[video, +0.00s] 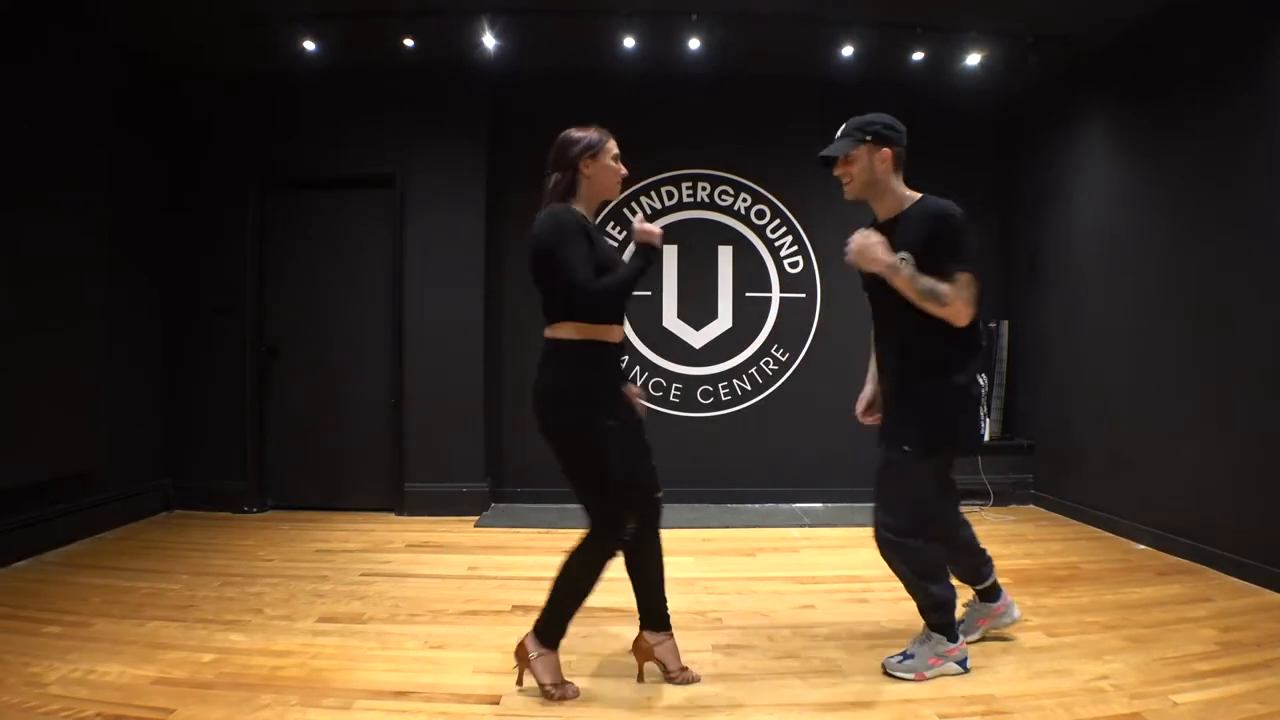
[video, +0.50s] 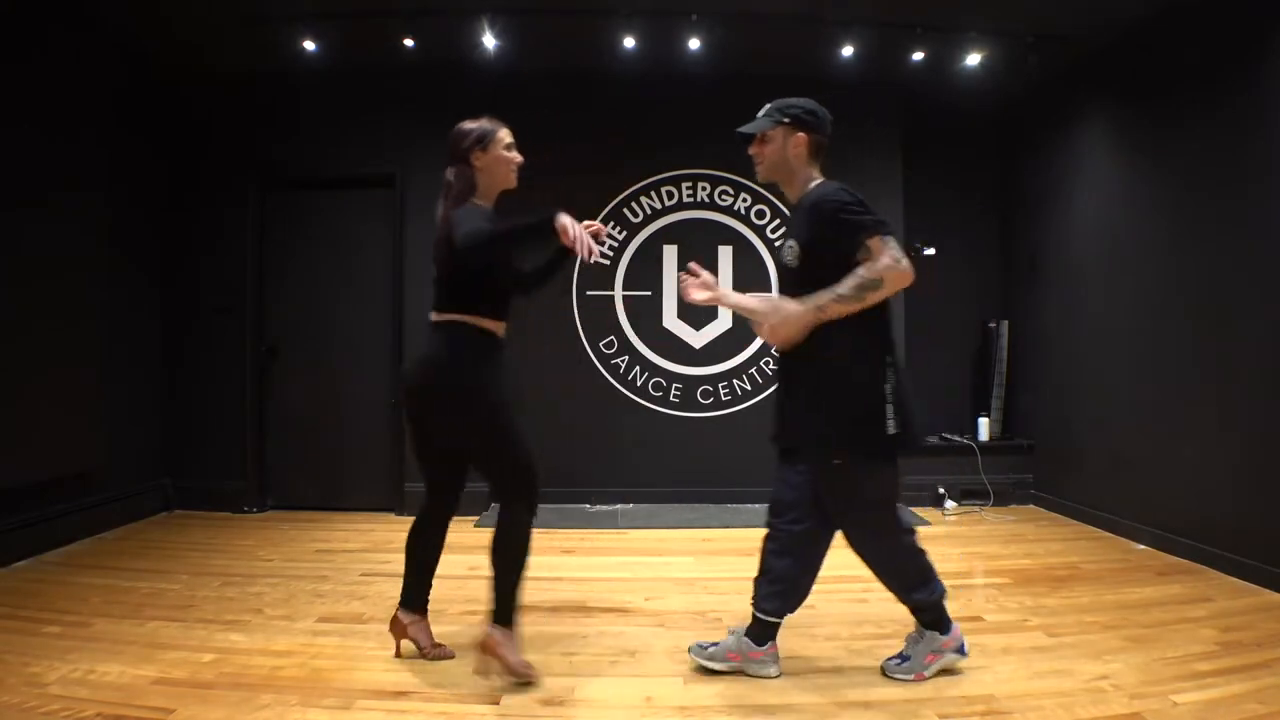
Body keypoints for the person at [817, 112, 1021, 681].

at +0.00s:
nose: (839, 172)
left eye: (848, 160)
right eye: (838, 162)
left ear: (884, 158)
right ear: (870, 164)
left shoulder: (941, 219)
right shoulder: (873, 234)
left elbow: (961, 310)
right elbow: (888, 320)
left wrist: (889, 265)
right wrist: (875, 381)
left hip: (941, 397)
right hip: (908, 397)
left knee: (897, 523)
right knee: (931, 505)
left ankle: (943, 640)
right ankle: (992, 599)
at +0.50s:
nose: (753, 151)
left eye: (762, 139)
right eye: (753, 141)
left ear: (797, 139)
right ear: (790, 143)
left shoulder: (831, 202)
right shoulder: (802, 219)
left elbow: (895, 267)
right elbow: (794, 313)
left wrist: (809, 310)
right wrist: (722, 295)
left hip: (851, 403)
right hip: (812, 403)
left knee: (872, 520)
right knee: (793, 522)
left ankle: (939, 631)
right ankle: (758, 639)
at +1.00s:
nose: (644, 172)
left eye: (647, 157)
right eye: (640, 162)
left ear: (679, 140)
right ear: (683, 147)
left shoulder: (707, 213)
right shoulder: (705, 212)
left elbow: (662, 303)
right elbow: (675, 311)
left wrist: (565, 289)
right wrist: (610, 317)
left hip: (673, 408)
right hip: (667, 403)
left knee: (612, 522)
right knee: (626, 512)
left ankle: (571, 659)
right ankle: (699, 602)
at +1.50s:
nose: (624, 138)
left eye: (631, 127)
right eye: (626, 128)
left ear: (662, 127)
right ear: (661, 130)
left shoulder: (703, 195)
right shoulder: (672, 204)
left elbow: (691, 287)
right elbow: (644, 297)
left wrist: (599, 264)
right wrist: (580, 289)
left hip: (674, 391)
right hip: (663, 388)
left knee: (595, 496)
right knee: (653, 508)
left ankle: (646, 625)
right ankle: (667, 636)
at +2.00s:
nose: (705, 169)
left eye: (710, 155)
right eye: (704, 158)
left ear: (743, 147)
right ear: (745, 149)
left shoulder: (776, 216)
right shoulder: (763, 215)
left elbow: (770, 317)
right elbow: (752, 308)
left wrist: (695, 341)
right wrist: (688, 285)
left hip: (793, 411)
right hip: (763, 402)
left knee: (753, 528)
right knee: (697, 484)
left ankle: (774, 647)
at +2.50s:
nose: (742, 186)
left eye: (745, 170)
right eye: (738, 175)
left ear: (779, 156)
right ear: (773, 162)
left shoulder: (840, 214)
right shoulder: (788, 231)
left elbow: (852, 291)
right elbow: (790, 322)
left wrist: (765, 252)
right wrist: (732, 355)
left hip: (831, 399)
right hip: (810, 399)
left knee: (760, 512)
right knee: (846, 508)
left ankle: (832, 631)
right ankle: (935, 603)